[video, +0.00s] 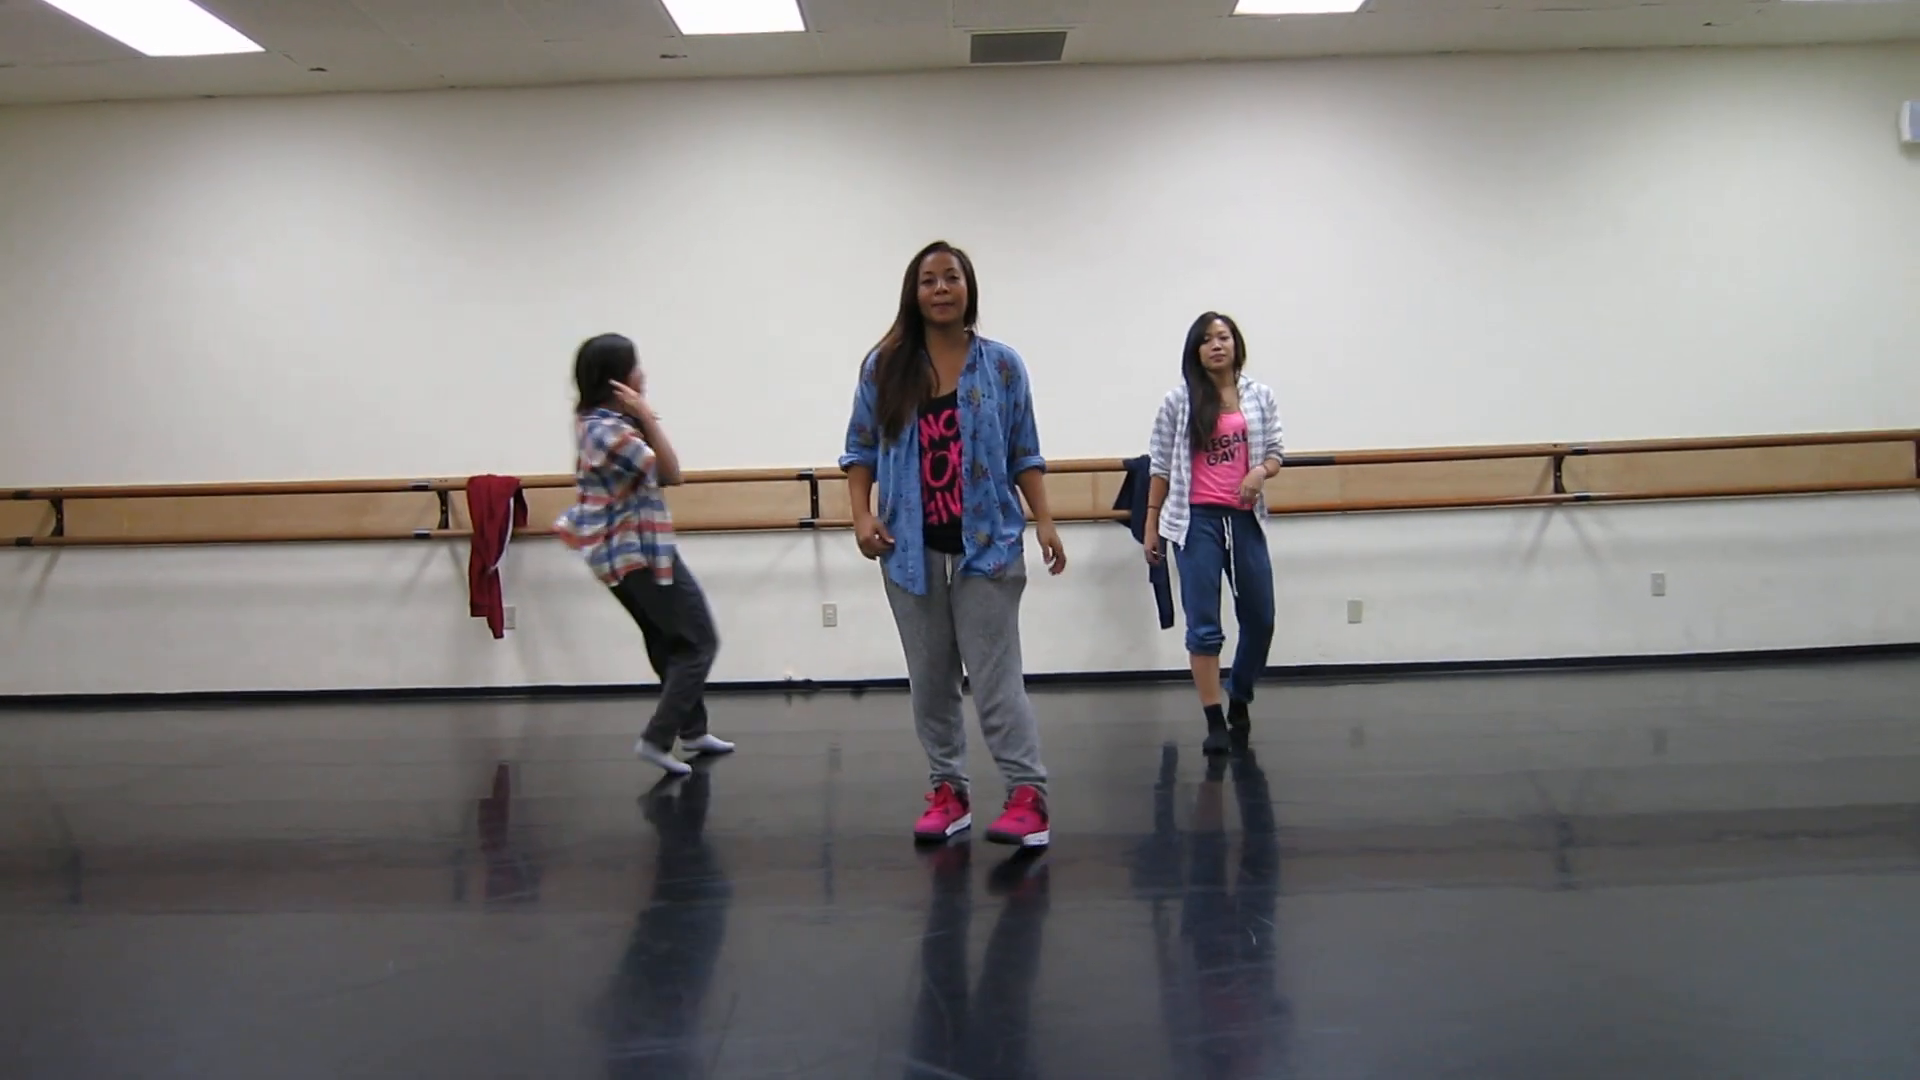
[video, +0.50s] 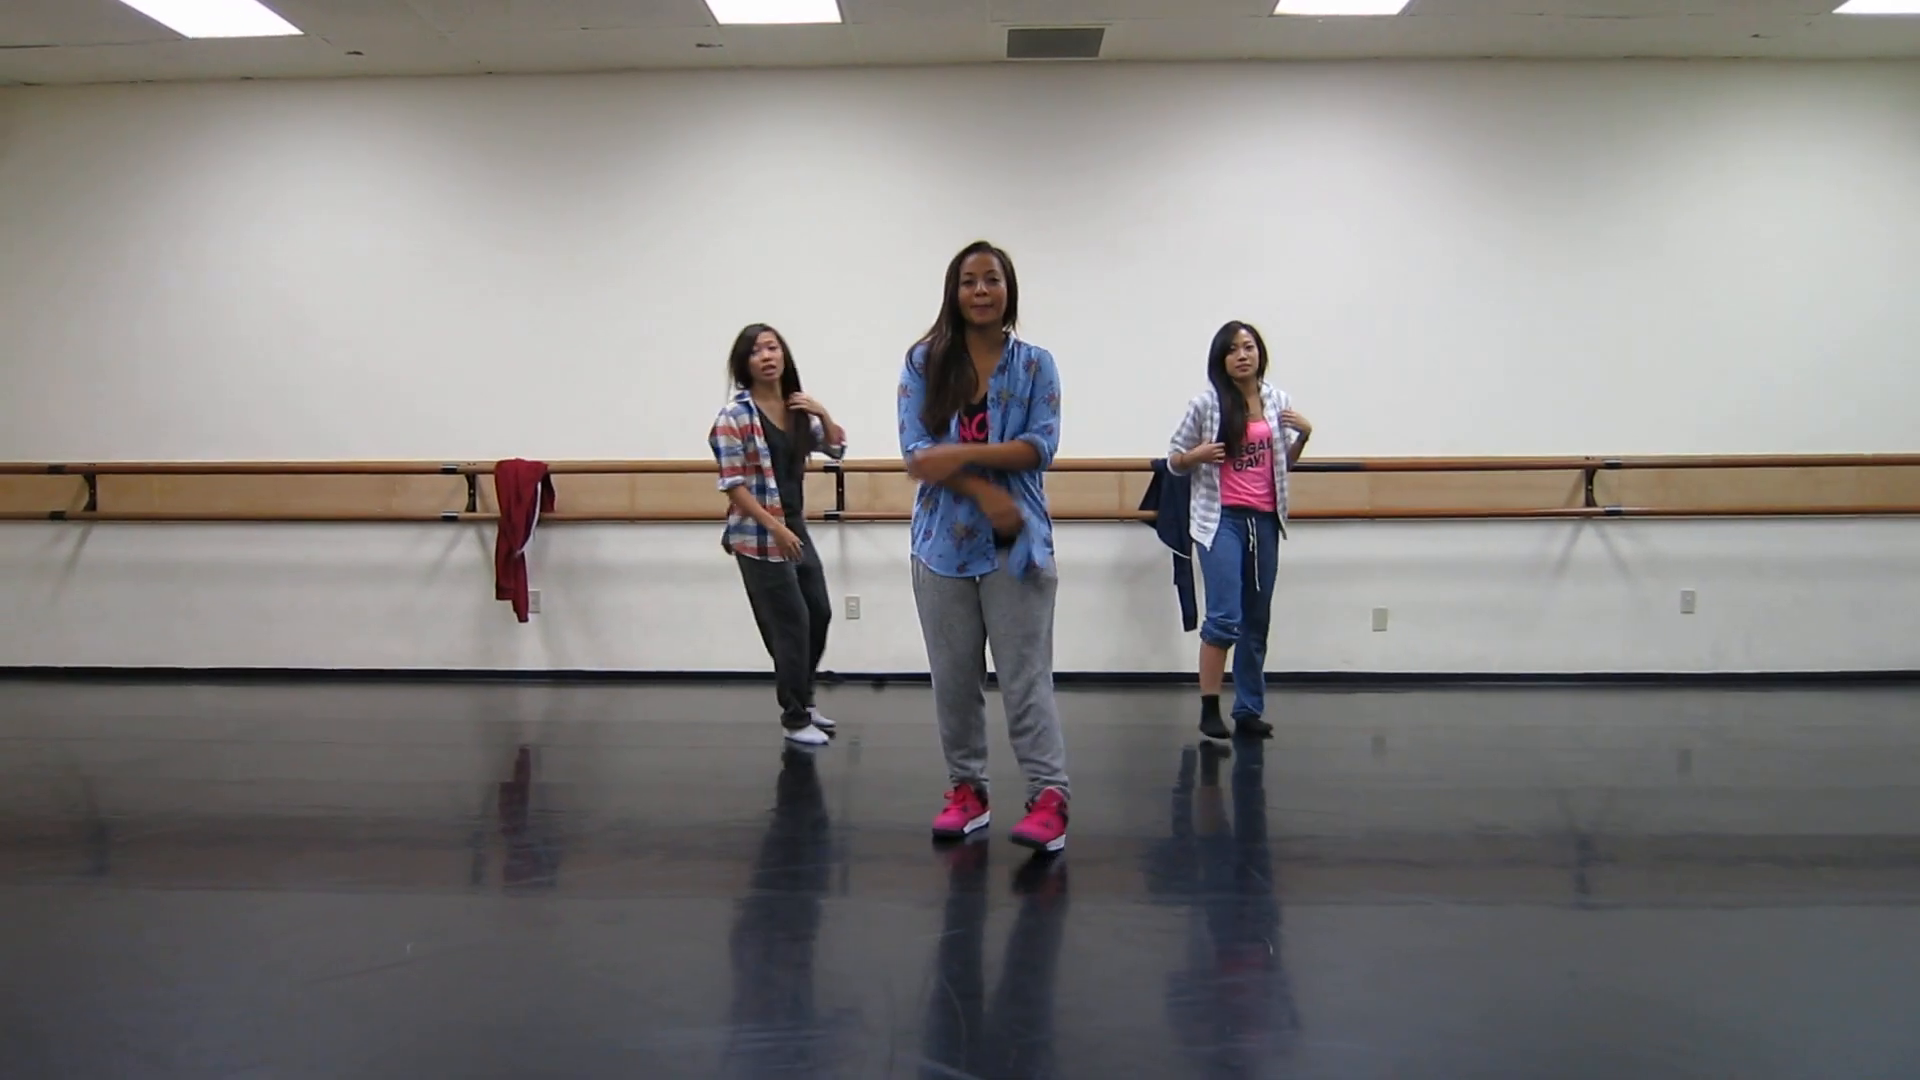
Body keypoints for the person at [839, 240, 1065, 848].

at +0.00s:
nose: (941, 288)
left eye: (952, 278)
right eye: (929, 280)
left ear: (970, 289)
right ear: (912, 293)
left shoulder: (1001, 363)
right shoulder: (883, 366)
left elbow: (1024, 452)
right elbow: (861, 448)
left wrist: (1044, 520)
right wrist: (862, 515)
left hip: (987, 547)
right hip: (910, 551)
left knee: (994, 676)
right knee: (930, 679)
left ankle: (1027, 792)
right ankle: (948, 791)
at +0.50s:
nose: (981, 289)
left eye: (992, 279)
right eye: (969, 281)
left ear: (1009, 290)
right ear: (953, 292)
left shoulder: (1034, 362)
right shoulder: (923, 361)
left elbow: (1040, 448)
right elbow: (917, 454)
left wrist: (958, 455)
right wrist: (986, 489)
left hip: (1016, 544)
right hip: (941, 546)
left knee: (1026, 677)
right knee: (953, 677)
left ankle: (1048, 795)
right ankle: (967, 791)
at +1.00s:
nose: (1003, 294)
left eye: (1015, 283)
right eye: (991, 285)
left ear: (1033, 293)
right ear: (975, 296)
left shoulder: (1062, 364)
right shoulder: (948, 371)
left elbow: (1101, 445)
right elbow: (912, 460)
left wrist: (1143, 516)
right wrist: (878, 540)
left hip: (1058, 546)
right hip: (979, 550)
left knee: (1066, 678)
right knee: (994, 678)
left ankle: (1087, 798)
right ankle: (1008, 791)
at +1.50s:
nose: (1028, 290)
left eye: (1038, 279)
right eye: (1016, 281)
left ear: (1058, 289)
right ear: (999, 293)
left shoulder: (1089, 366)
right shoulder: (970, 370)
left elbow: (1116, 462)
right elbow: (945, 463)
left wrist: (1122, 542)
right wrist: (933, 544)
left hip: (1075, 556)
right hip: (994, 558)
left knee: (1095, 683)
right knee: (1009, 684)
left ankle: (1121, 814)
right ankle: (1013, 797)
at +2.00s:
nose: (1075, 287)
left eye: (1085, 278)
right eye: (1062, 281)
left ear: (1104, 294)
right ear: (1045, 299)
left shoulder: (1131, 379)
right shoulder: (1012, 370)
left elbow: (1151, 475)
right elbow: (982, 463)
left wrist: (1161, 554)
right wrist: (964, 546)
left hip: (1105, 565)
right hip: (1024, 563)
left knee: (1110, 700)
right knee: (1020, 693)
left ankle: (1113, 826)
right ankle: (1005, 806)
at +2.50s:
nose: (1039, 314)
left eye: (1051, 303)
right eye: (1028, 304)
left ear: (1069, 313)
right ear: (1011, 313)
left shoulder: (1091, 387)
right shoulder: (979, 377)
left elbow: (1087, 484)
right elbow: (987, 460)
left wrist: (1032, 541)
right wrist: (1060, 490)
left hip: (1060, 563)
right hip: (982, 562)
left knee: (1071, 703)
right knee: (989, 699)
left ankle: (1090, 831)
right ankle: (988, 815)